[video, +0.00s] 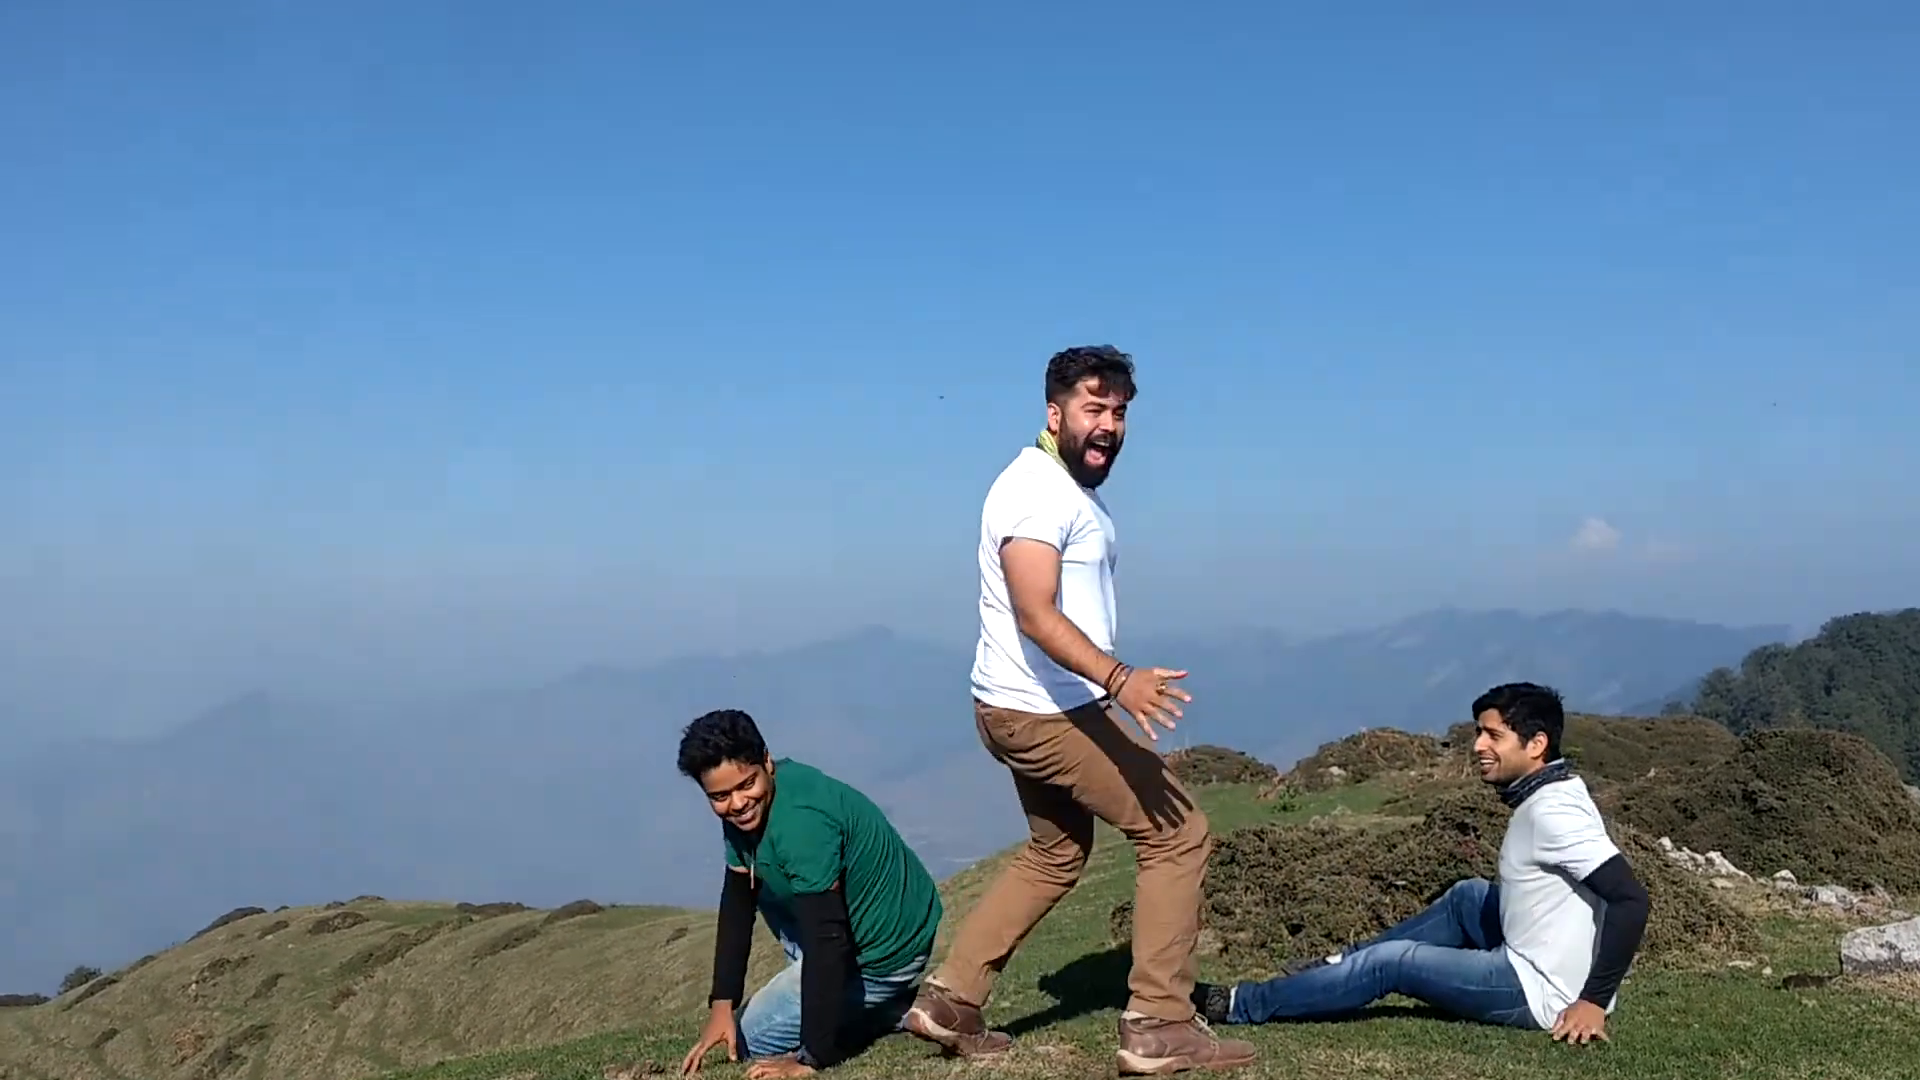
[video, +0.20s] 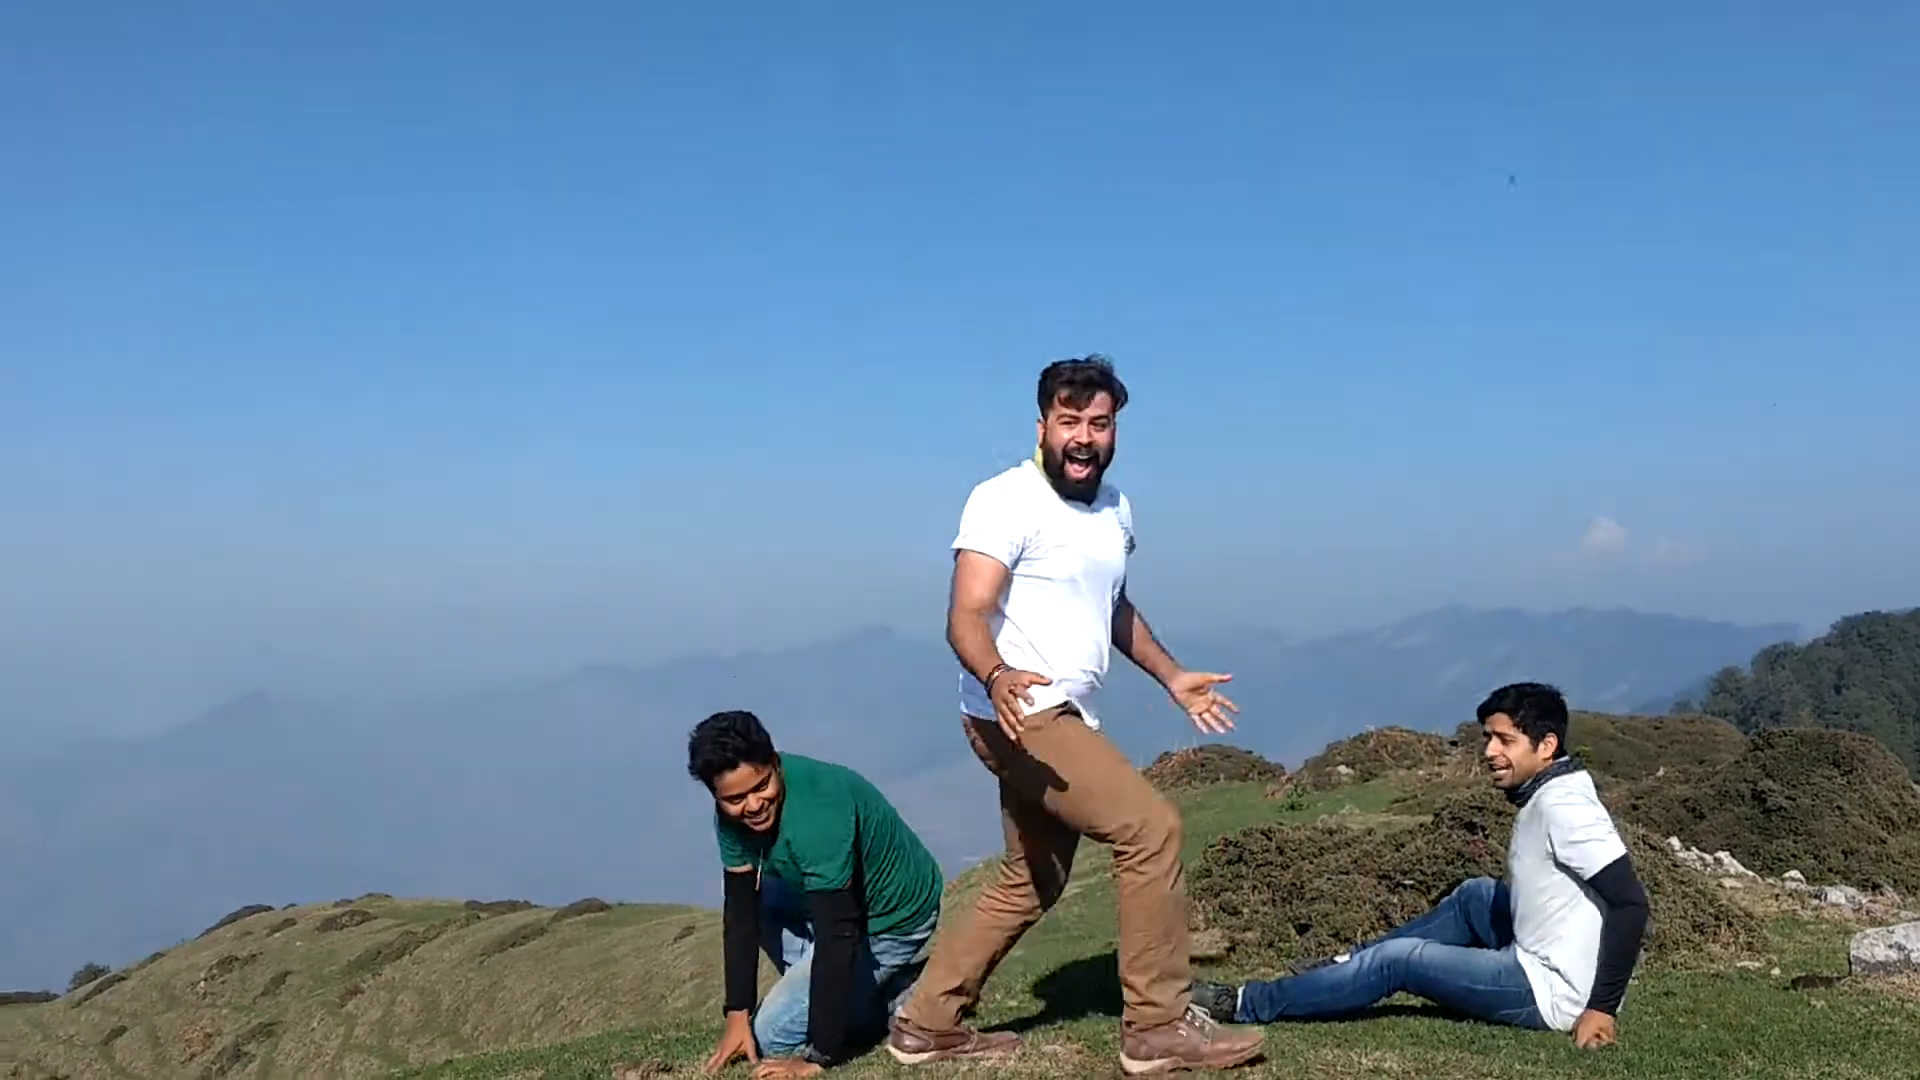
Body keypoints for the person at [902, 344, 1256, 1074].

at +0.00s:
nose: (1110, 426)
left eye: (1120, 412)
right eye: (1094, 410)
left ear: (1126, 417)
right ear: (1054, 413)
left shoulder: (1059, 487)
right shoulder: (1039, 488)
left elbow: (1045, 615)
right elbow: (1036, 614)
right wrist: (1117, 678)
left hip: (1020, 707)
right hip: (1047, 708)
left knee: (1057, 850)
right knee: (1177, 832)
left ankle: (949, 1003)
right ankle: (1160, 1023)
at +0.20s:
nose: (1084, 438)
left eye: (1100, 423)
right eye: (1069, 421)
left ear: (1115, 431)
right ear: (1041, 424)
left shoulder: (1114, 510)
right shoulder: (1005, 498)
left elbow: (1112, 605)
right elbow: (967, 616)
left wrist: (1173, 675)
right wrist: (994, 673)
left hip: (1059, 711)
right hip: (1017, 711)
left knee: (1033, 878)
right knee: (1150, 828)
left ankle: (928, 1022)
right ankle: (1158, 1025)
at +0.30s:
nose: (1089, 442)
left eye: (1103, 427)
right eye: (1072, 427)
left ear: (1116, 432)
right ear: (1042, 432)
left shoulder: (1123, 512)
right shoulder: (1002, 508)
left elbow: (1139, 596)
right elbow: (945, 619)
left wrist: (1223, 652)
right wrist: (954, 680)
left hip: (1073, 720)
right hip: (1013, 712)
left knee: (1031, 888)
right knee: (1136, 821)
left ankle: (924, 1020)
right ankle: (1141, 1019)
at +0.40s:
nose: (1123, 439)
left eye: (1129, 423)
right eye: (1106, 425)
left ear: (1134, 422)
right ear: (1059, 428)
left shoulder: (1136, 501)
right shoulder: (1009, 504)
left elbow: (1176, 569)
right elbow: (945, 607)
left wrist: (1282, 600)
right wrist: (930, 667)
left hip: (1096, 715)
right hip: (1030, 706)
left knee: (1047, 884)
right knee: (1131, 843)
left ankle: (930, 1010)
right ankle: (1101, 1037)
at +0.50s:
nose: (1153, 432)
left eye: (1157, 416)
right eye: (1137, 416)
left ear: (1155, 415)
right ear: (1085, 417)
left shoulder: (1156, 492)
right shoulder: (1021, 496)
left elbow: (1211, 546)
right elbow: (956, 592)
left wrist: (1313, 564)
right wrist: (939, 641)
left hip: (1132, 715)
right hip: (1049, 706)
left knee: (1144, 879)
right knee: (1122, 856)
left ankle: (998, 954)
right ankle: (1107, 1034)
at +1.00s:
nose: (1359, 380)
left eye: (1365, 362)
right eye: (1348, 359)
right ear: (1288, 351)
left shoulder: (1333, 451)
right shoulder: (1202, 421)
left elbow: (1400, 512)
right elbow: (1169, 507)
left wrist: (1514, 543)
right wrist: (1264, 537)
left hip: (1276, 683)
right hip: (1172, 695)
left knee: (1349, 834)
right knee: (1153, 889)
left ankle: (1295, 1044)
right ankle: (1115, 1024)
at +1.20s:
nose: (1523, 370)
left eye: (1530, 352)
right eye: (1517, 347)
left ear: (1467, 342)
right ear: (1454, 333)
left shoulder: (1458, 441)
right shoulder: (1359, 392)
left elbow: (1566, 522)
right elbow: (1370, 490)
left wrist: (1697, 586)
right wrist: (1481, 560)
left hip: (1360, 660)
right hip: (1288, 648)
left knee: (1417, 839)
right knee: (1414, 806)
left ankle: (1309, 1025)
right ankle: (1249, 951)